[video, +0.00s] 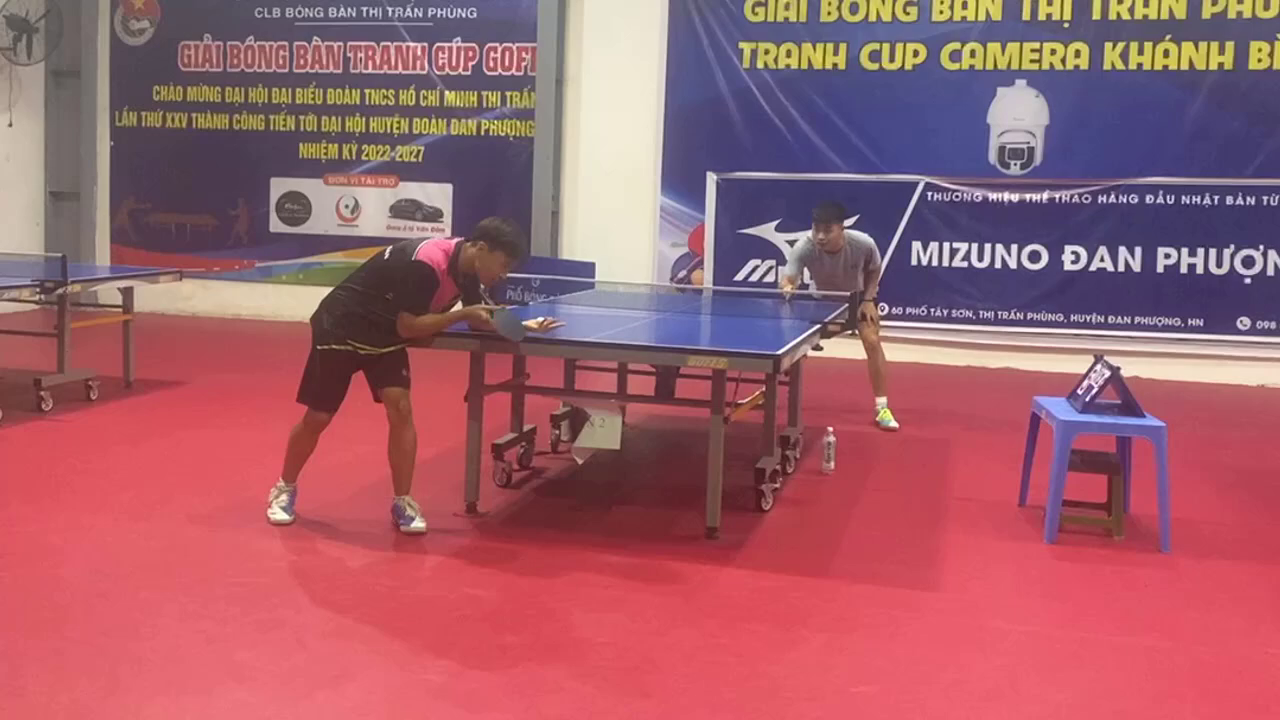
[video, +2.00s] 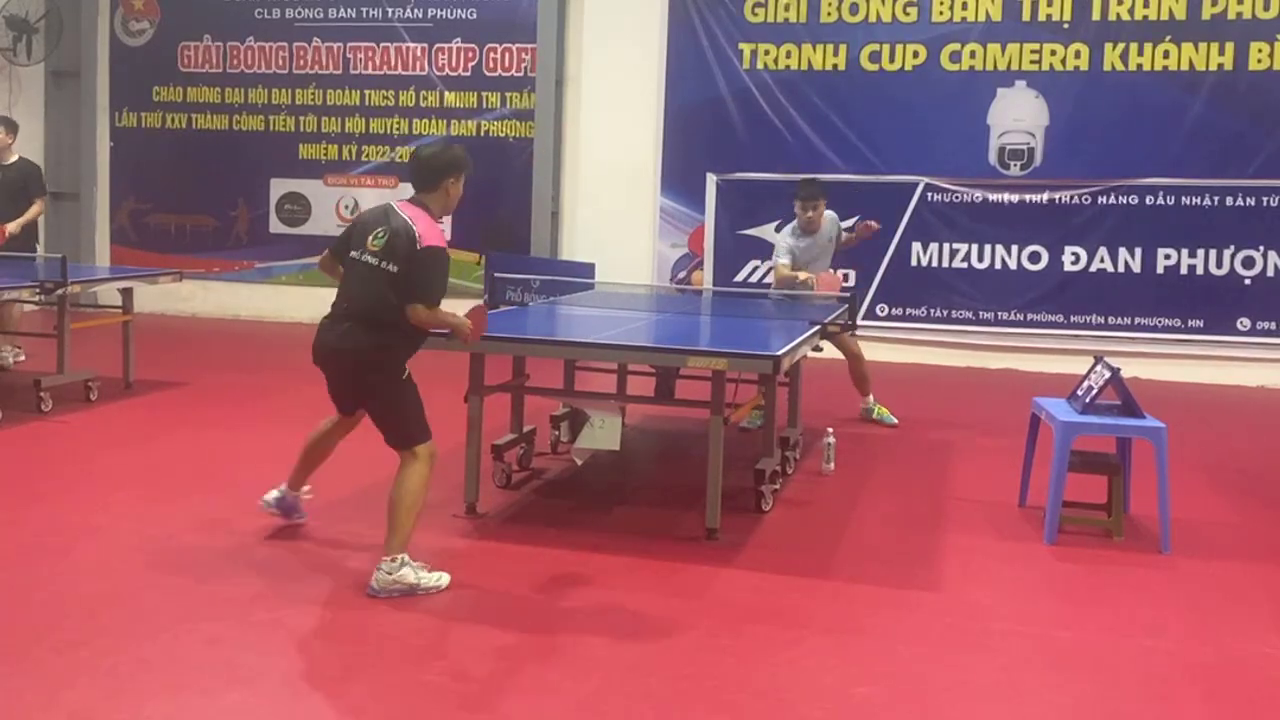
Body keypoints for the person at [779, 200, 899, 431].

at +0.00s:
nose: (821, 236)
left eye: (827, 231)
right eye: (817, 230)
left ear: (841, 228)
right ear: (812, 228)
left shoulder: (864, 245)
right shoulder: (804, 248)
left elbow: (874, 271)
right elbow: (789, 278)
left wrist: (869, 300)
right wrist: (788, 287)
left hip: (859, 302)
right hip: (824, 304)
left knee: (872, 341)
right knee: (793, 335)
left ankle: (882, 406)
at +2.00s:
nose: (809, 214)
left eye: (815, 208)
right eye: (804, 209)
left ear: (824, 207)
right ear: (795, 208)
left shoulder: (831, 219)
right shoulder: (786, 237)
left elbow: (838, 243)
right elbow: (779, 276)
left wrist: (857, 236)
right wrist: (798, 275)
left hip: (818, 304)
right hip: (783, 304)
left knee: (853, 350)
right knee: (770, 350)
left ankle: (868, 404)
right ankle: (760, 405)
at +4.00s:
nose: (768, 212)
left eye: (772, 207)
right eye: (764, 208)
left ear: (786, 206)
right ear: (761, 209)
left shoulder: (808, 227)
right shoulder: (759, 234)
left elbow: (824, 256)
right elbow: (742, 260)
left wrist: (827, 266)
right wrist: (732, 262)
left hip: (806, 295)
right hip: (770, 295)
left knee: (828, 334)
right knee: (736, 326)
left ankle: (838, 388)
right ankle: (722, 380)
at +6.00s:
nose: (801, 181)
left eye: (805, 177)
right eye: (797, 178)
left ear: (814, 179)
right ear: (792, 182)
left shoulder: (832, 204)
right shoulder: (785, 210)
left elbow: (848, 230)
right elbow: (772, 236)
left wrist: (838, 244)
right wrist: (771, 252)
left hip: (830, 271)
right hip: (797, 269)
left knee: (841, 314)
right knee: (773, 301)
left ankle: (851, 361)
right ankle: (782, 353)